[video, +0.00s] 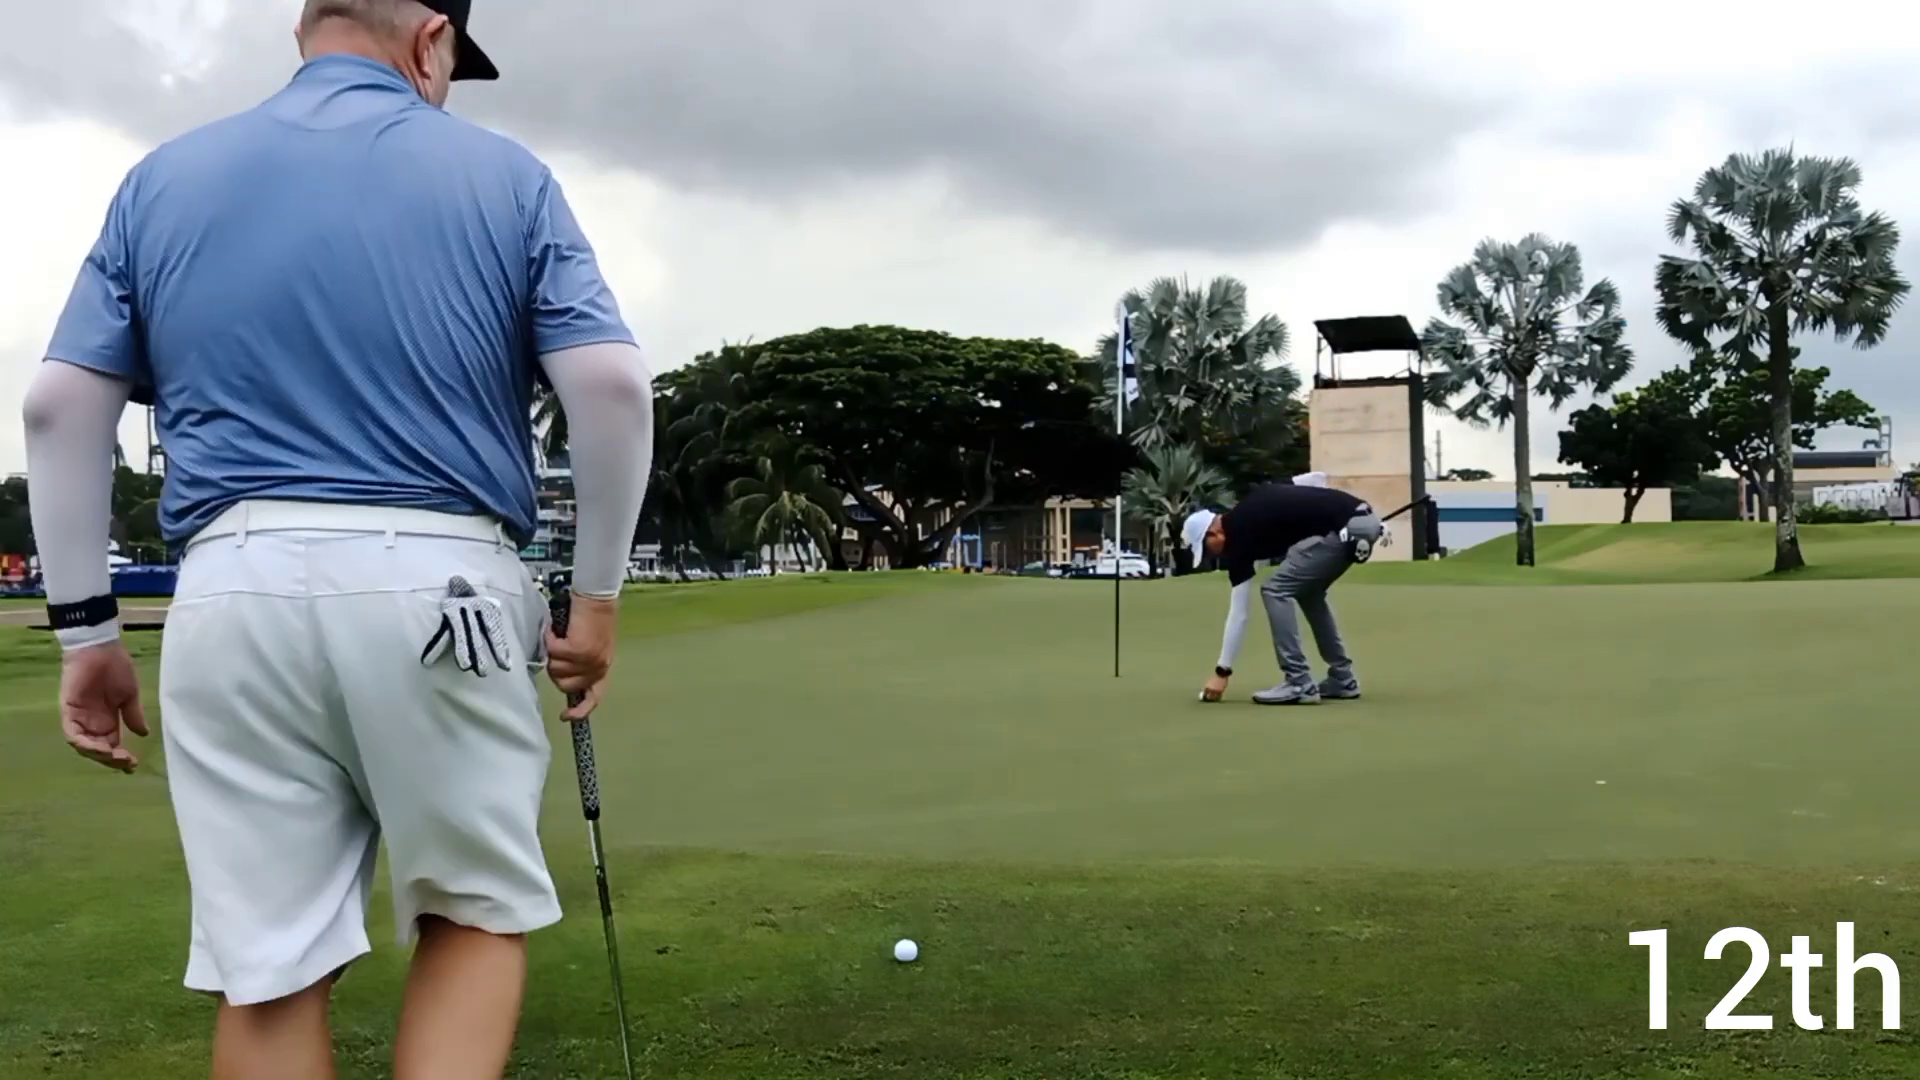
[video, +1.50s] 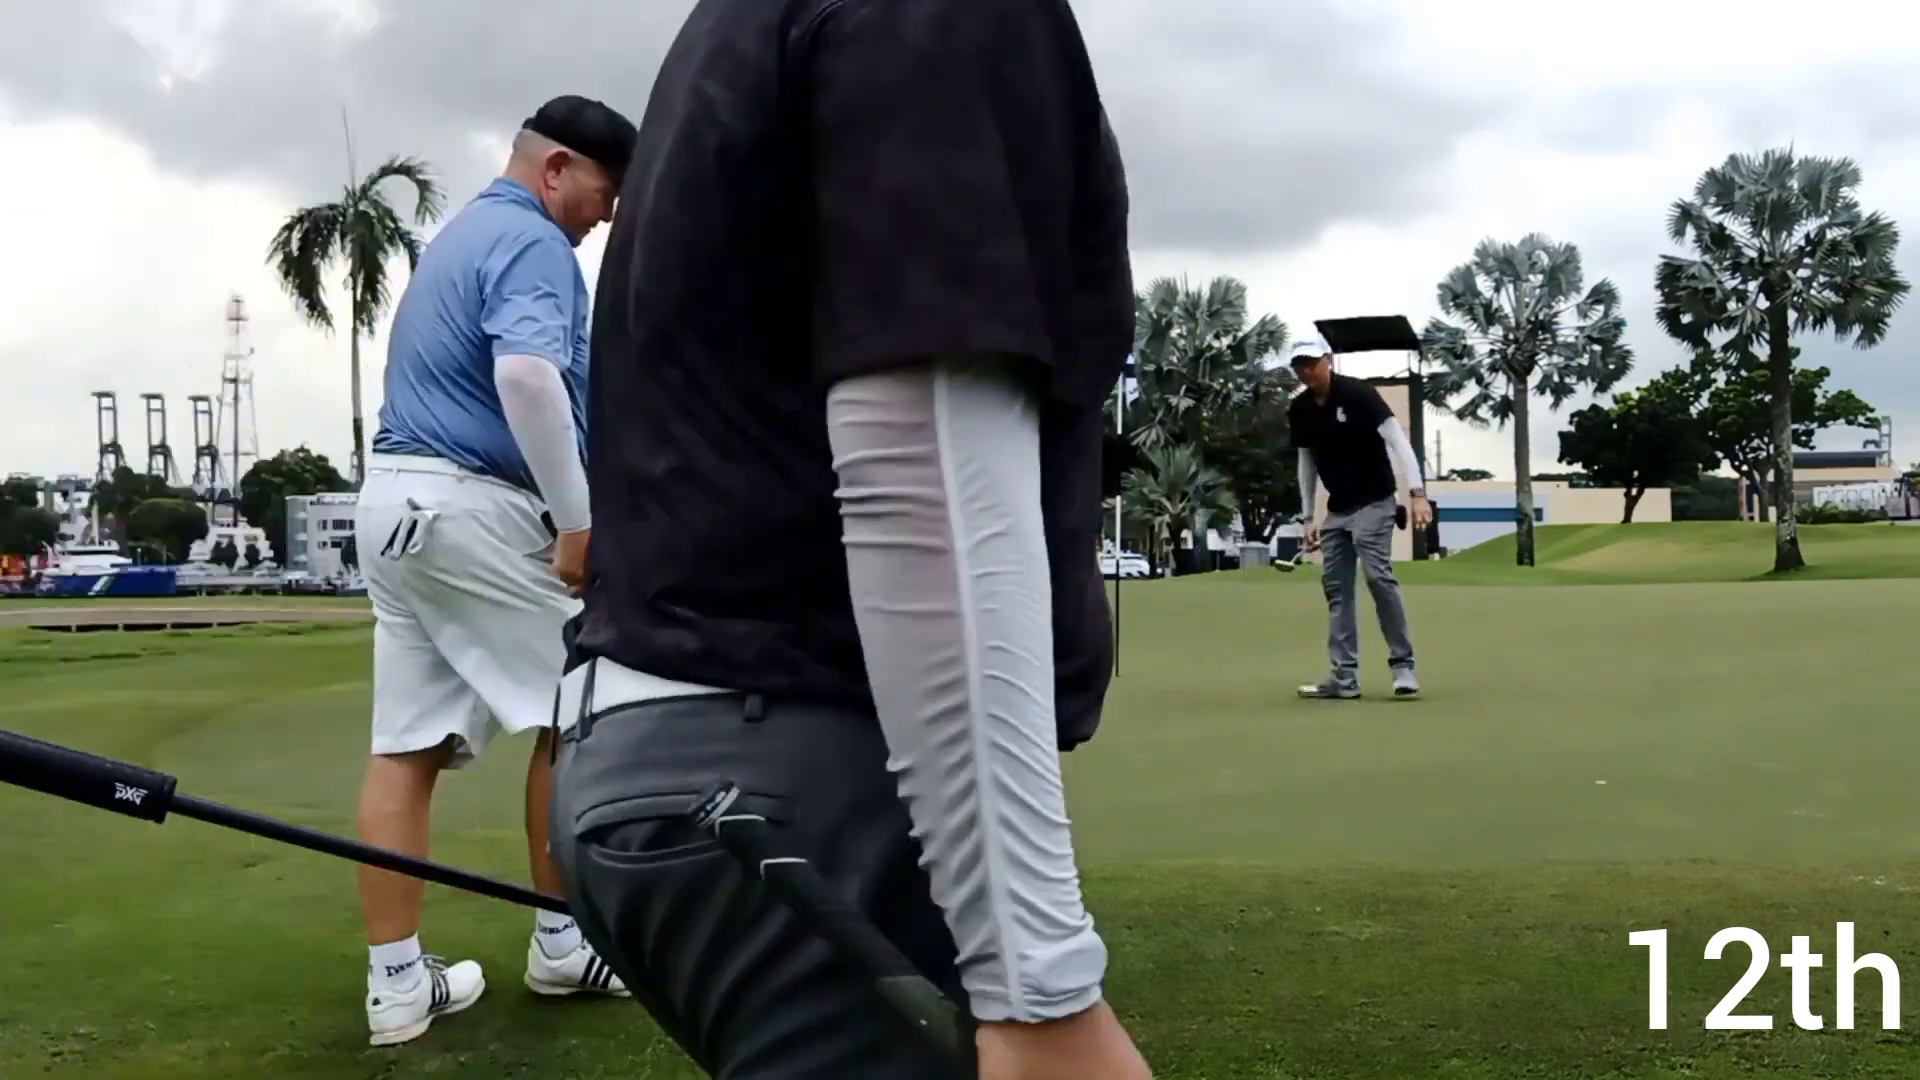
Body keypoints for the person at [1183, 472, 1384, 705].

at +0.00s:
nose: (1212, 556)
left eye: (1207, 549)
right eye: (1206, 552)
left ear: (1214, 532)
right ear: (1217, 524)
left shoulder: (1236, 542)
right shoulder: (1259, 499)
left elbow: (1238, 614)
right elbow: (1316, 478)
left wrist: (1221, 673)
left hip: (1343, 531)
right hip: (1361, 520)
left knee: (1275, 591)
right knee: (1310, 594)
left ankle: (1299, 682)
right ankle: (1342, 678)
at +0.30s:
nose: (1211, 555)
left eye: (1206, 548)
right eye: (1205, 552)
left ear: (1213, 532)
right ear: (1215, 524)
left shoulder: (1236, 541)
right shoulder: (1257, 498)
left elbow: (1239, 614)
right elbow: (1315, 478)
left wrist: (1221, 672)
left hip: (1343, 529)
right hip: (1360, 517)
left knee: (1277, 590)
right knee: (1310, 594)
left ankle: (1299, 682)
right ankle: (1342, 678)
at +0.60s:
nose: (1217, 554)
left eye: (1212, 548)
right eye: (1211, 551)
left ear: (1217, 530)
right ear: (1219, 522)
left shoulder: (1240, 538)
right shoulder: (1262, 498)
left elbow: (1241, 612)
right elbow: (1321, 478)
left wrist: (1220, 670)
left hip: (1349, 530)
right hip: (1366, 519)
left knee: (1279, 590)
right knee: (1312, 593)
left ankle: (1299, 683)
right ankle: (1342, 679)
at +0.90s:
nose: (1220, 534)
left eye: (1215, 528)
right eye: (1214, 532)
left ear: (1224, 512)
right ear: (1227, 505)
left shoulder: (1247, 524)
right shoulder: (1270, 488)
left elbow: (1245, 596)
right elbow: (1336, 480)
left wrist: (1229, 654)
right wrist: (1369, 511)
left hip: (1351, 529)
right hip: (1369, 520)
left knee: (1285, 590)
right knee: (1315, 593)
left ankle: (1299, 682)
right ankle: (1342, 678)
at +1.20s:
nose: (1238, 440)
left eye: (1238, 432)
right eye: (1235, 435)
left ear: (1255, 418)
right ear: (1254, 420)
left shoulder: (1285, 437)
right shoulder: (1282, 435)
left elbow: (1319, 498)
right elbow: (1320, 494)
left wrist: (1316, 559)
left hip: (1356, 506)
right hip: (1352, 505)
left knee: (1319, 583)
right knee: (1327, 588)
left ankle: (1305, 671)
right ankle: (1343, 678)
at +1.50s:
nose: (1306, 371)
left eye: (1312, 362)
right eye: (1299, 365)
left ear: (1328, 360)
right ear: (1294, 370)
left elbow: (1398, 442)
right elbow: (1306, 466)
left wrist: (1416, 493)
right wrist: (1308, 518)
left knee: (1377, 577)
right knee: (1336, 589)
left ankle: (1403, 667)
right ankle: (1344, 677)